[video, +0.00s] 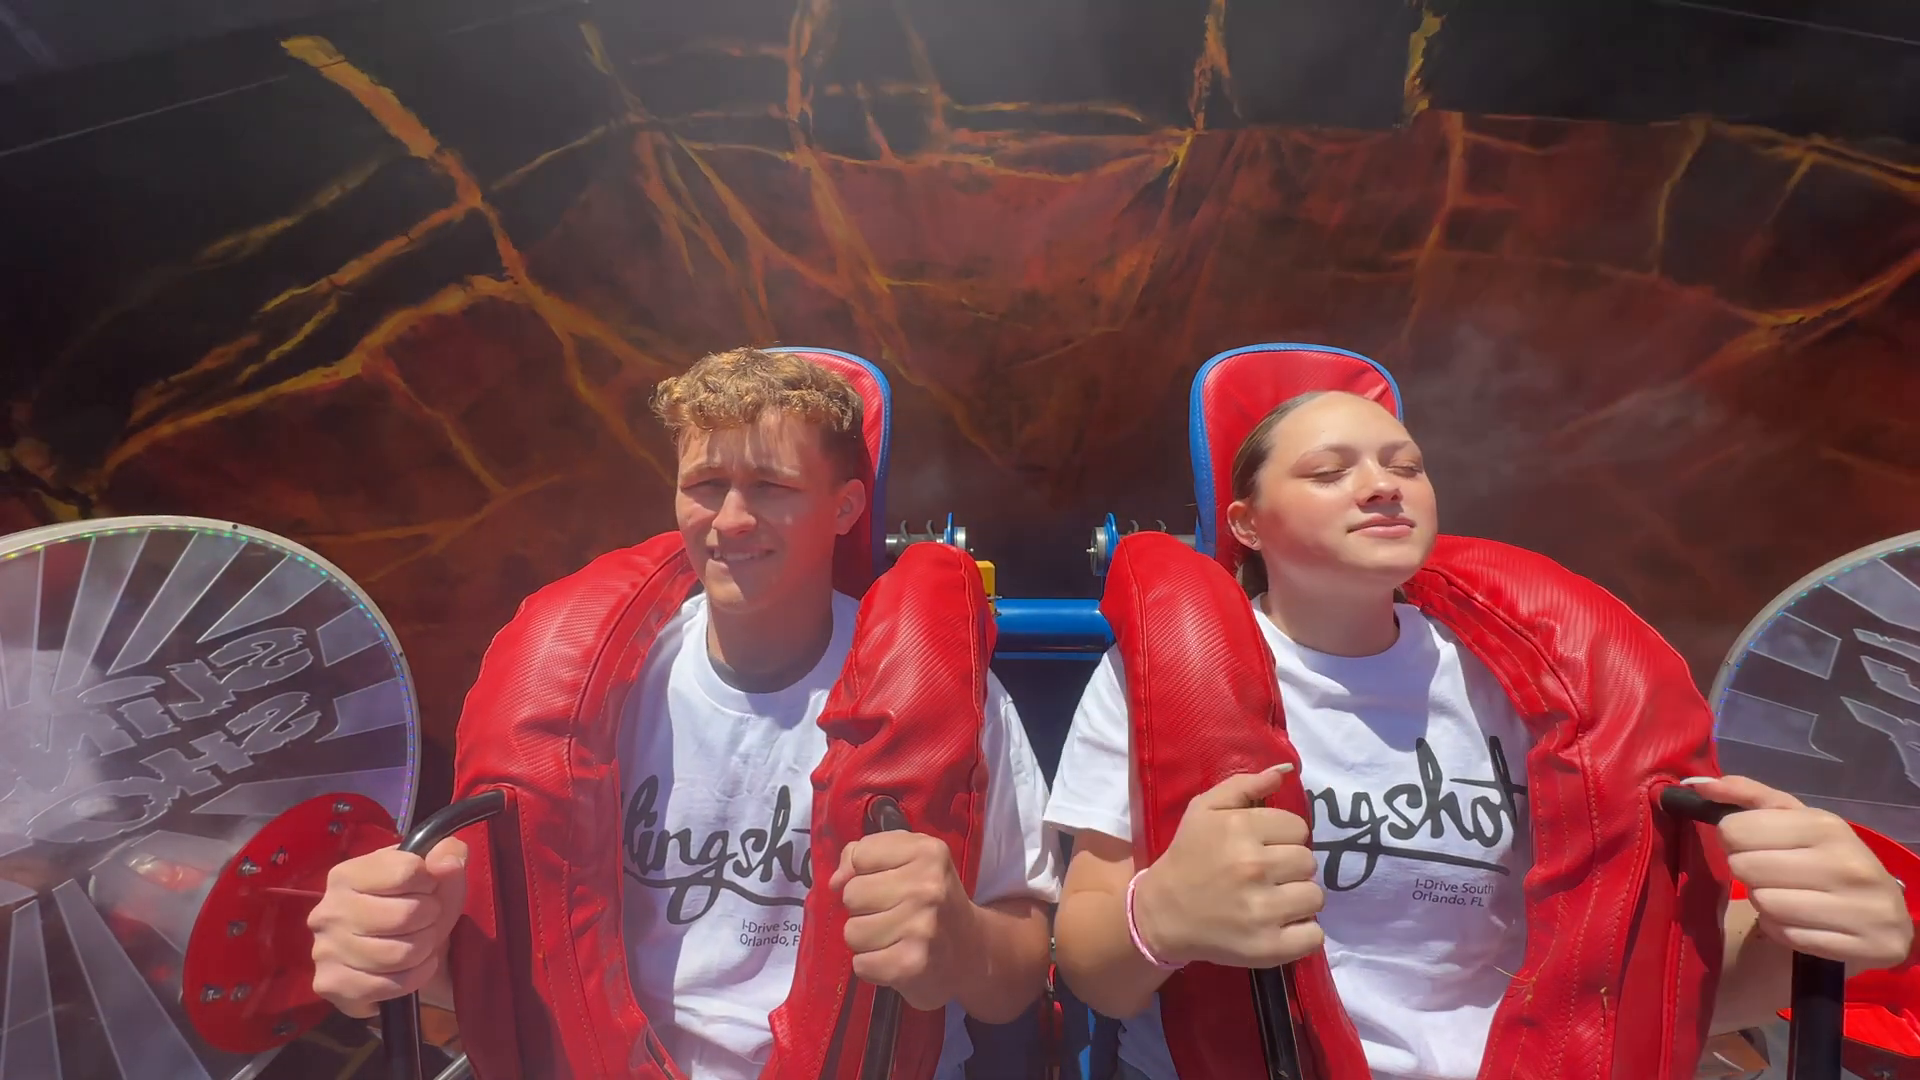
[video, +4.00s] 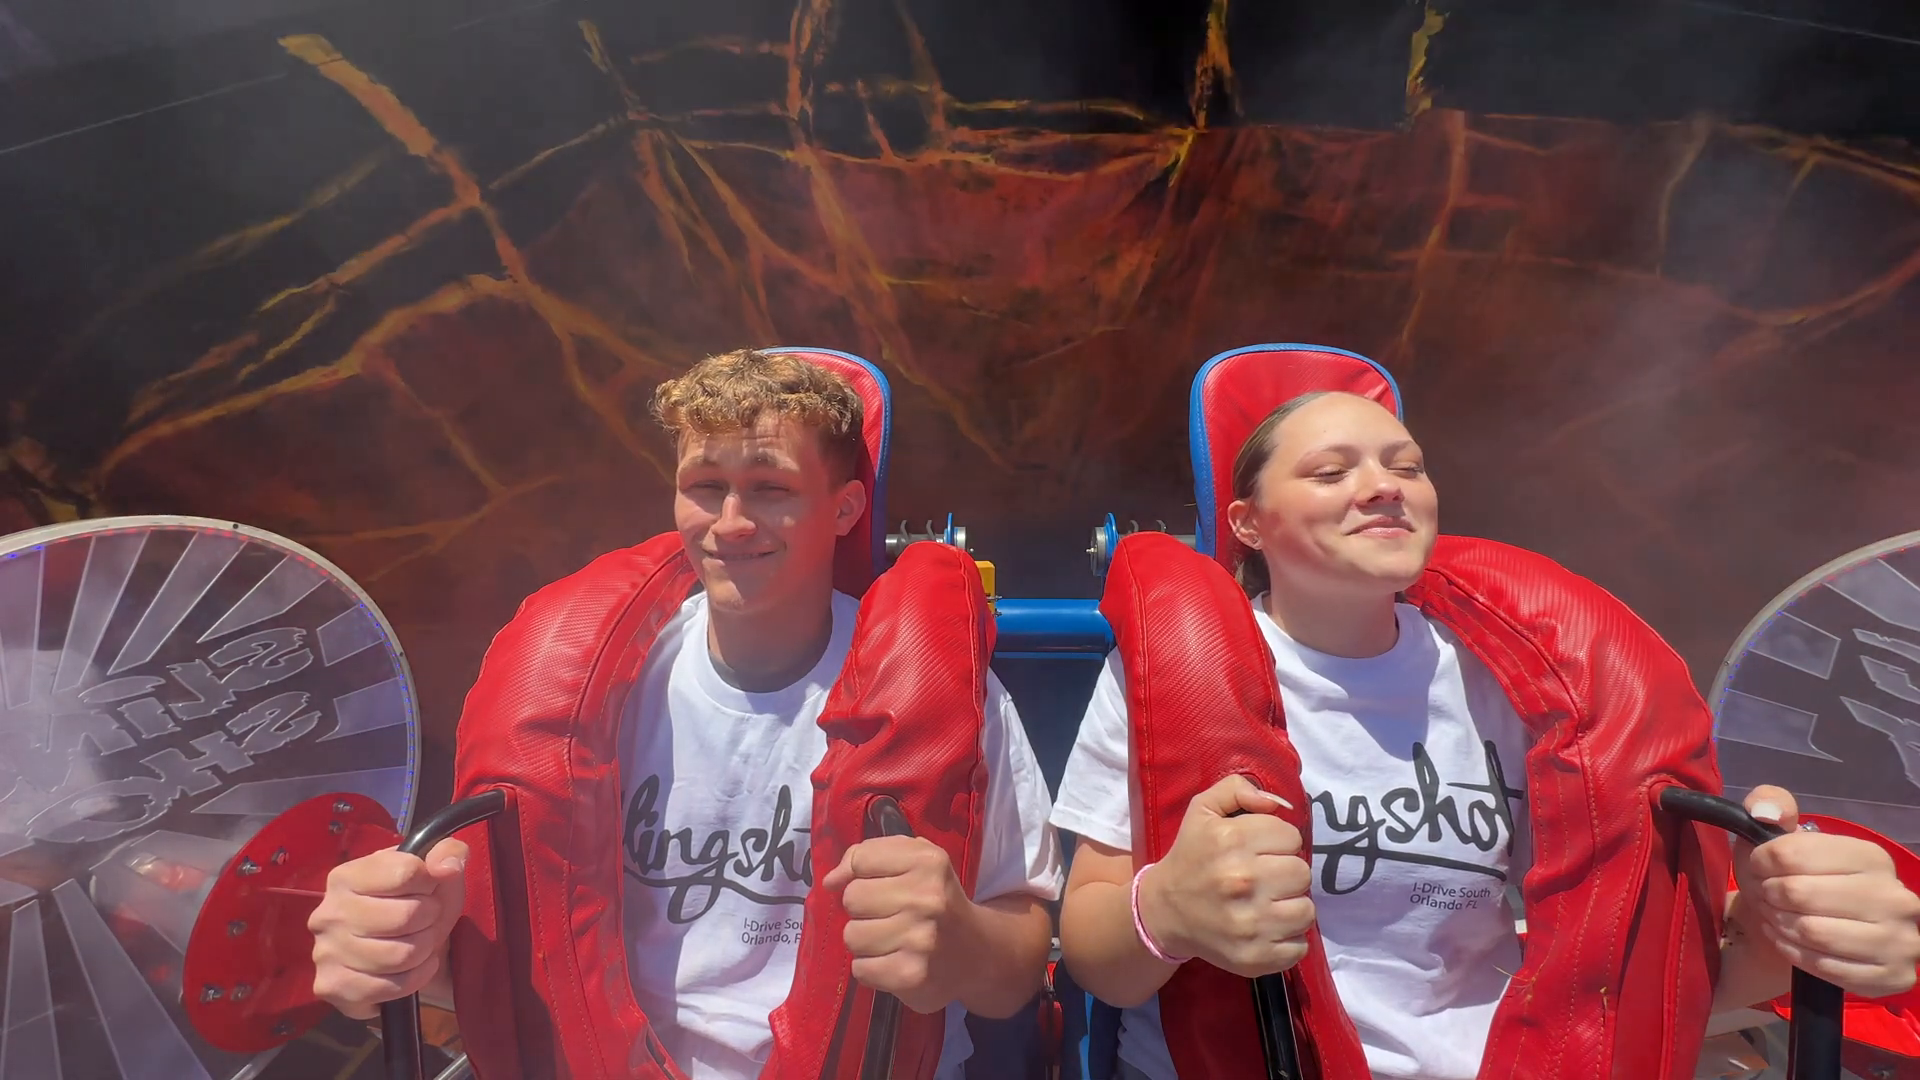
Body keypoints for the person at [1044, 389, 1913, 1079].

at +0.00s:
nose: (1382, 483)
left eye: (1400, 458)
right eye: (1327, 468)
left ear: (1431, 489)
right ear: (1243, 521)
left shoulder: (1533, 666)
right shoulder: (1168, 666)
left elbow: (1658, 971)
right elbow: (1085, 966)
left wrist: (1872, 919)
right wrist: (1153, 918)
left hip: (1518, 1066)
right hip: (1287, 1066)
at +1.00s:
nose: (1384, 482)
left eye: (1400, 458)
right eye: (1329, 468)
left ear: (1431, 489)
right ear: (1244, 523)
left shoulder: (1524, 670)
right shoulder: (1175, 667)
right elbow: (1087, 953)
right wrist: (1164, 914)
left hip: (1508, 1068)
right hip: (1289, 1066)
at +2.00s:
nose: (1386, 483)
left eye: (1402, 459)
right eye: (1331, 467)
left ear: (1432, 493)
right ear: (1245, 522)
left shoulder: (1529, 664)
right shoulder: (1172, 663)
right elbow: (1083, 954)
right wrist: (1162, 912)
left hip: (1510, 1055)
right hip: (1291, 1055)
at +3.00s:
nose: (1384, 479)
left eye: (1401, 455)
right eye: (1330, 464)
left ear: (1433, 489)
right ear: (1244, 522)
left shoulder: (1524, 670)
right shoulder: (1172, 668)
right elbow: (1085, 956)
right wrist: (1161, 911)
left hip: (1506, 1066)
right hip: (1290, 1065)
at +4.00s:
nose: (1381, 487)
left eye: (1400, 460)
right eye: (1329, 470)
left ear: (1432, 486)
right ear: (1246, 521)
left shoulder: (1532, 664)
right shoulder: (1173, 663)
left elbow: (1651, 924)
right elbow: (1089, 957)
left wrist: (1756, 899)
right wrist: (1162, 910)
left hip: (1507, 1068)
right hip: (1287, 1066)